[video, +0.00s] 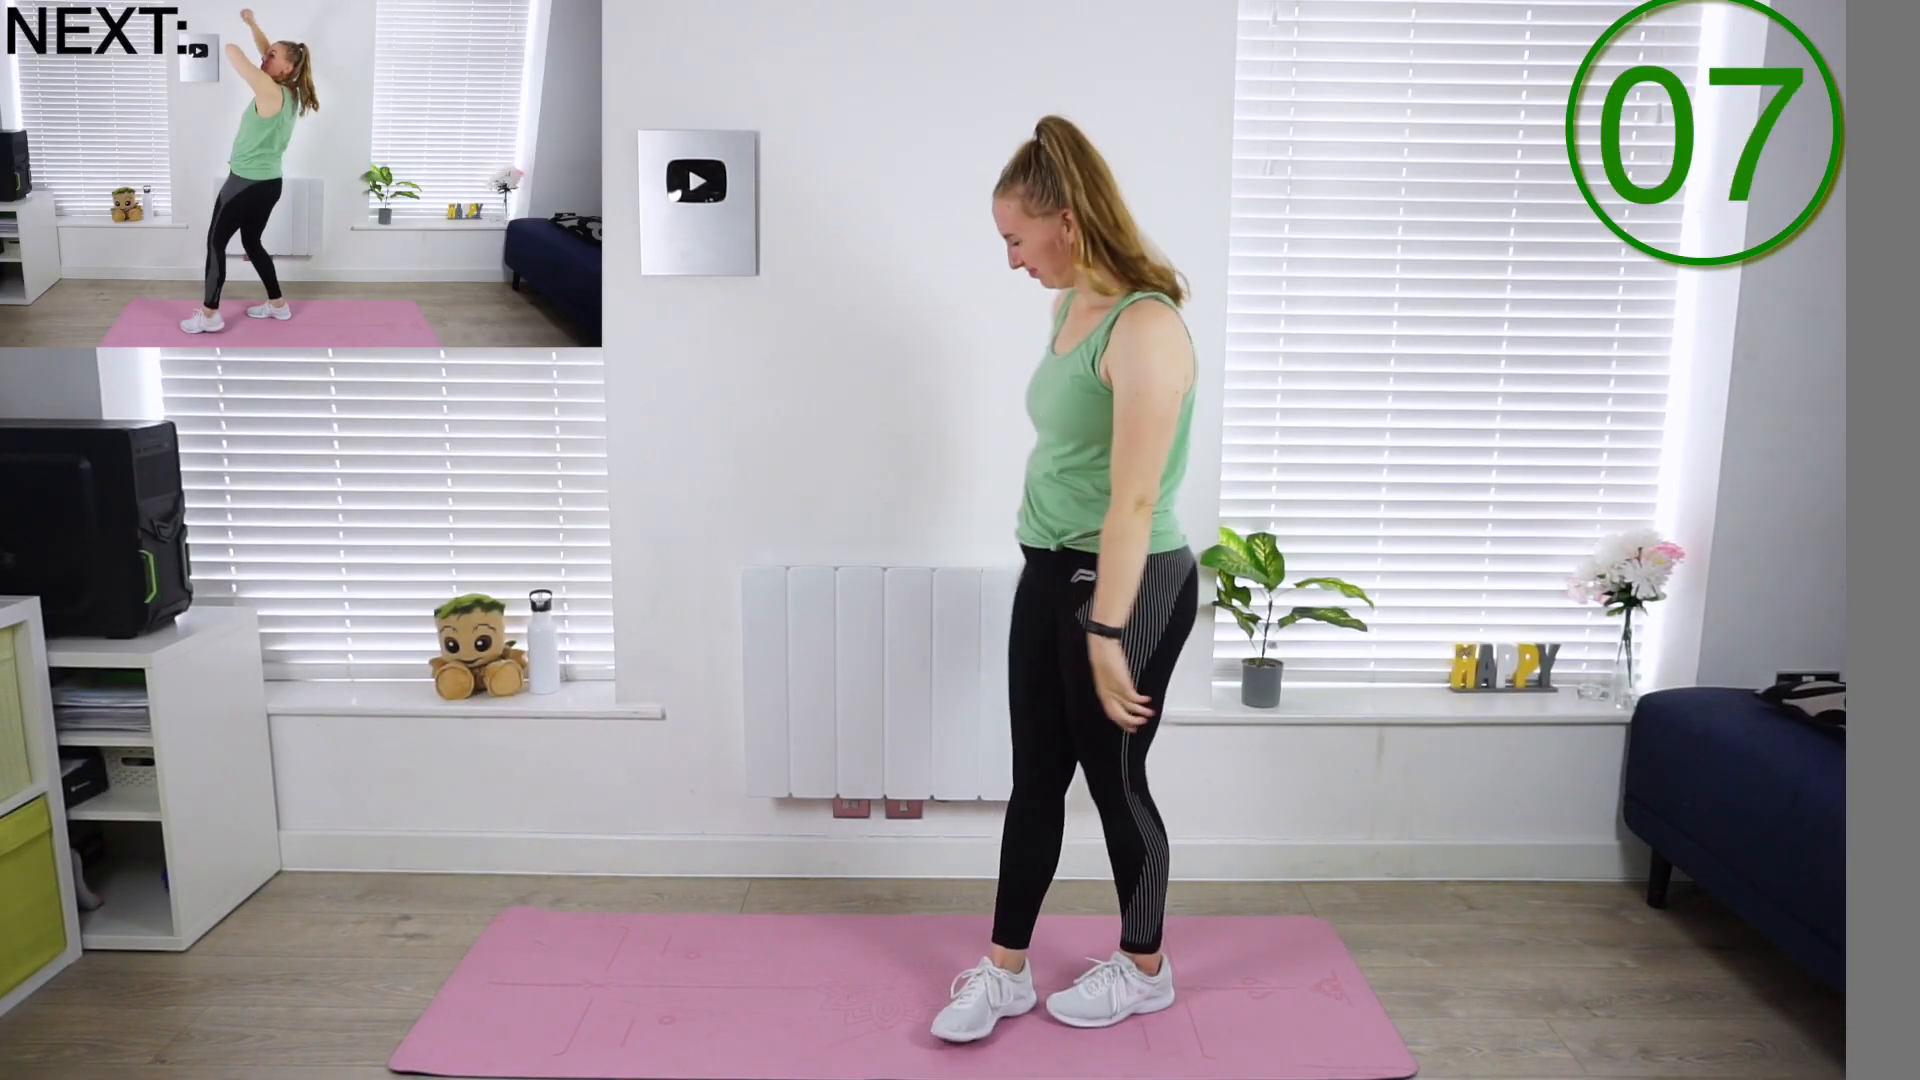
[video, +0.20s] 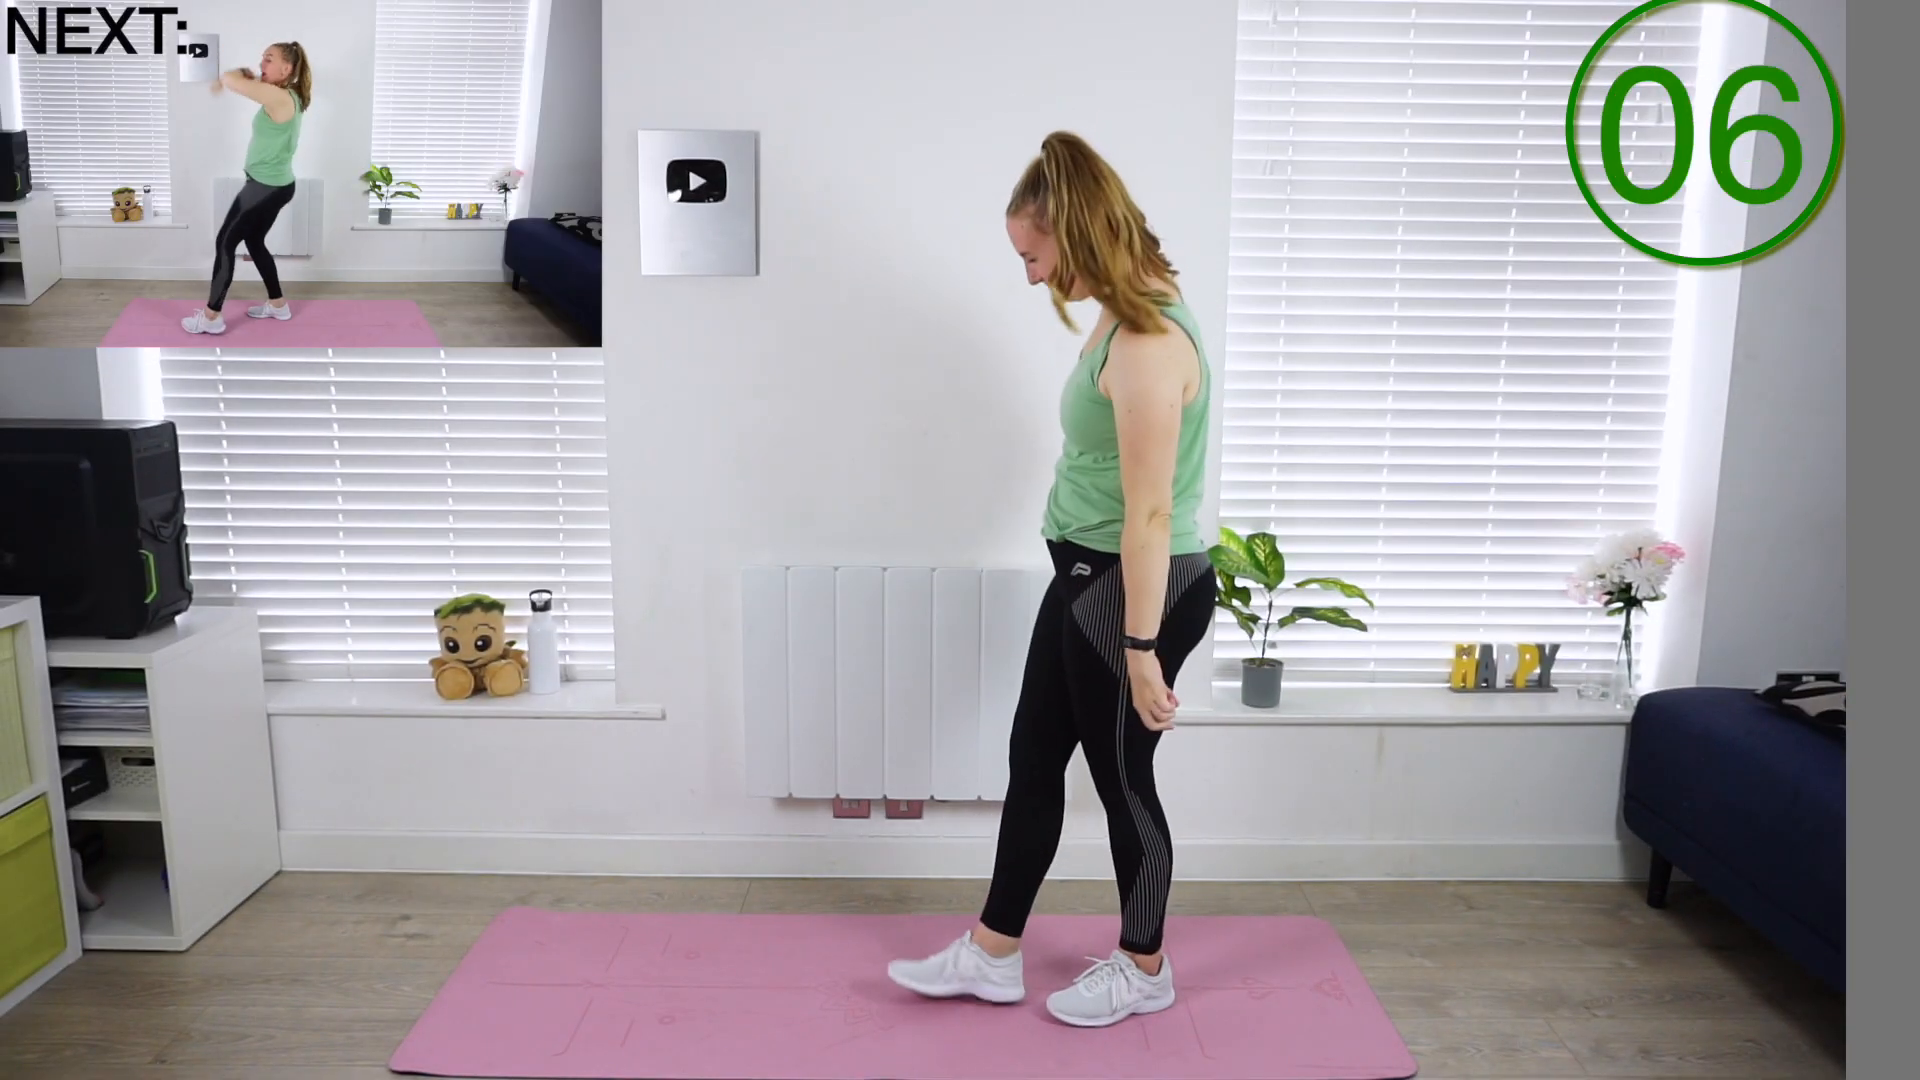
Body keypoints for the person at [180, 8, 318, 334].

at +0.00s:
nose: (266, 59)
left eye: (272, 56)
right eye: (268, 55)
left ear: (287, 69)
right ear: (287, 70)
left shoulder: (268, 89)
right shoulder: (289, 92)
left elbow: (230, 49)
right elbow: (267, 51)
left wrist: (255, 66)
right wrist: (252, 23)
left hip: (246, 182)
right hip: (268, 182)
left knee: (216, 242)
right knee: (252, 242)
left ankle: (209, 313)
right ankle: (277, 303)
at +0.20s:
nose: (262, 66)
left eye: (269, 61)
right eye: (263, 61)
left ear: (288, 68)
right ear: (286, 69)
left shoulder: (279, 97)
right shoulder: (286, 94)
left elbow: (231, 80)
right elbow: (251, 83)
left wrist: (239, 73)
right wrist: (228, 81)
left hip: (266, 186)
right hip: (272, 183)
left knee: (226, 241)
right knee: (254, 240)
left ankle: (211, 316)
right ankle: (277, 304)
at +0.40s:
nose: (245, 79)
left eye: (248, 73)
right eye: (245, 73)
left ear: (265, 76)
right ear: (266, 76)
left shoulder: (279, 105)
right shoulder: (273, 102)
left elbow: (239, 137)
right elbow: (248, 126)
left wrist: (234, 148)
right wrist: (238, 129)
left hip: (295, 189)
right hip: (281, 186)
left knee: (256, 249)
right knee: (262, 244)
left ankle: (303, 300)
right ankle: (277, 304)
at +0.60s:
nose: (235, 83)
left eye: (238, 76)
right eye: (235, 77)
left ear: (253, 77)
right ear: (252, 78)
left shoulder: (281, 103)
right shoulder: (256, 110)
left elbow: (261, 150)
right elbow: (248, 146)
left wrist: (245, 153)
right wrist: (244, 170)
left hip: (315, 183)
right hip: (288, 184)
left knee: (320, 250)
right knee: (272, 237)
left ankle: (363, 289)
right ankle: (279, 303)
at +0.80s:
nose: (238, 90)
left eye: (241, 84)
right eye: (239, 84)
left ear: (256, 85)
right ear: (255, 85)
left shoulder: (285, 110)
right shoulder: (262, 114)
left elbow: (268, 161)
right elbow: (251, 154)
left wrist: (251, 179)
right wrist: (256, 155)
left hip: (326, 184)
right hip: (298, 186)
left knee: (342, 241)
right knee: (269, 238)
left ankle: (370, 294)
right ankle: (278, 303)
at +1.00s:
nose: (242, 82)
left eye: (245, 77)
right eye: (243, 77)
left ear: (261, 81)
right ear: (261, 81)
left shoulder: (283, 105)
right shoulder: (263, 109)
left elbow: (255, 142)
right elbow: (239, 142)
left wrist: (247, 141)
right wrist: (220, 148)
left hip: (310, 192)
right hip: (285, 191)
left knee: (310, 258)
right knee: (259, 240)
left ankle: (361, 288)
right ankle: (278, 305)